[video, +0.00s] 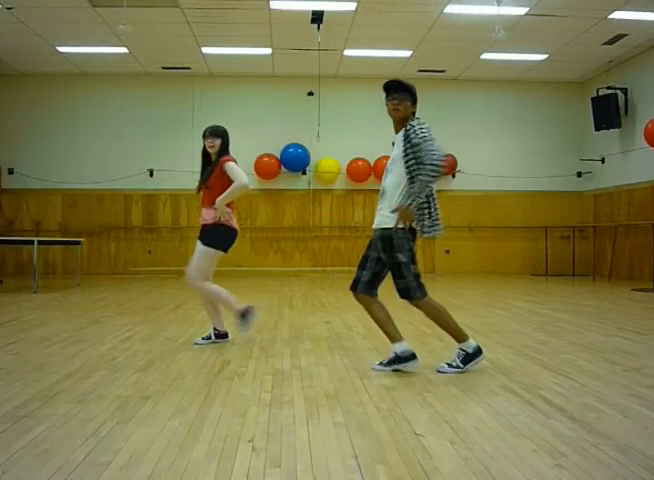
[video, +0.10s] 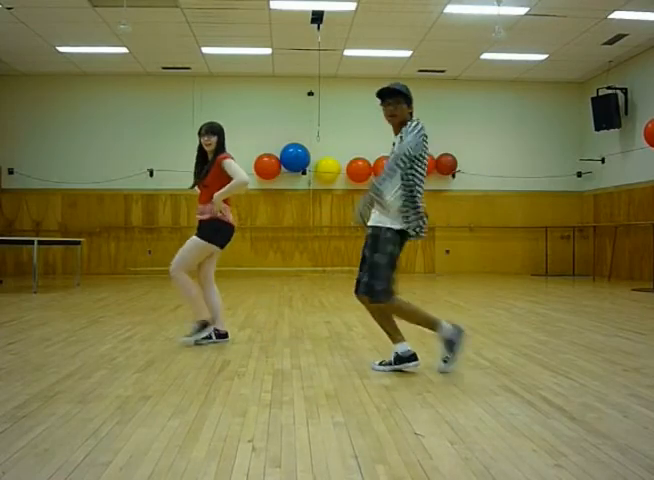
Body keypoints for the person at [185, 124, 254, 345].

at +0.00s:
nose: (210, 142)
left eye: (214, 138)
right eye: (207, 138)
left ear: (223, 141)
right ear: (204, 142)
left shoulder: (226, 162)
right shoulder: (212, 165)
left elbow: (242, 183)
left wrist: (221, 203)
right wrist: (210, 205)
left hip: (219, 226)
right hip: (211, 225)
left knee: (194, 277)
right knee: (202, 280)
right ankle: (218, 330)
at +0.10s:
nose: (206, 139)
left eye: (211, 135)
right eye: (203, 135)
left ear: (219, 138)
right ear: (200, 139)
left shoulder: (223, 159)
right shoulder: (207, 162)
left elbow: (242, 180)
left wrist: (218, 196)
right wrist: (207, 201)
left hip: (217, 224)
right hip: (210, 223)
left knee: (177, 269)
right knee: (206, 278)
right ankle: (218, 329)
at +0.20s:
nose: (204, 139)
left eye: (208, 135)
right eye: (200, 136)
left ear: (216, 138)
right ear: (196, 139)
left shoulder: (220, 158)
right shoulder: (203, 161)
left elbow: (241, 179)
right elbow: (203, 186)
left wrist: (215, 194)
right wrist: (201, 198)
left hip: (212, 223)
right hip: (205, 222)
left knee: (177, 270)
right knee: (206, 278)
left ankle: (176, 325)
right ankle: (219, 330)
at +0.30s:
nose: (201, 139)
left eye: (206, 136)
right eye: (198, 136)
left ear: (214, 138)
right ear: (195, 140)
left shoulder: (218, 160)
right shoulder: (200, 162)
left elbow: (238, 180)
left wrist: (211, 177)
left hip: (208, 226)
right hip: (201, 224)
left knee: (178, 273)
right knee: (205, 281)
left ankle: (179, 325)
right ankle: (220, 330)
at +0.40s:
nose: (198, 139)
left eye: (202, 135)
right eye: (194, 135)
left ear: (211, 138)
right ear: (191, 139)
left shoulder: (216, 161)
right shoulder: (198, 161)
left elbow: (222, 191)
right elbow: (194, 183)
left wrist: (206, 177)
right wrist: (180, 181)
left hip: (206, 224)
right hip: (199, 222)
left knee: (179, 273)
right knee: (204, 279)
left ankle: (183, 326)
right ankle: (220, 330)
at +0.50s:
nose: (193, 142)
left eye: (197, 137)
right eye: (190, 138)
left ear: (207, 140)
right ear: (187, 142)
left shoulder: (213, 165)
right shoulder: (197, 164)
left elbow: (213, 197)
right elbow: (195, 197)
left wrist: (211, 228)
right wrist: (188, 223)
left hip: (200, 226)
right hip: (195, 224)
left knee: (174, 273)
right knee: (202, 281)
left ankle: (183, 326)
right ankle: (220, 330)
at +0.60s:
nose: (182, 144)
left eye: (185, 141)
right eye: (183, 141)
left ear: (196, 144)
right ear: (198, 145)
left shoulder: (203, 168)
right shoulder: (202, 166)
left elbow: (205, 206)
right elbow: (200, 204)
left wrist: (195, 236)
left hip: (200, 228)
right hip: (202, 227)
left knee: (170, 274)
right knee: (198, 281)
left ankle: (183, 326)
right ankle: (219, 329)